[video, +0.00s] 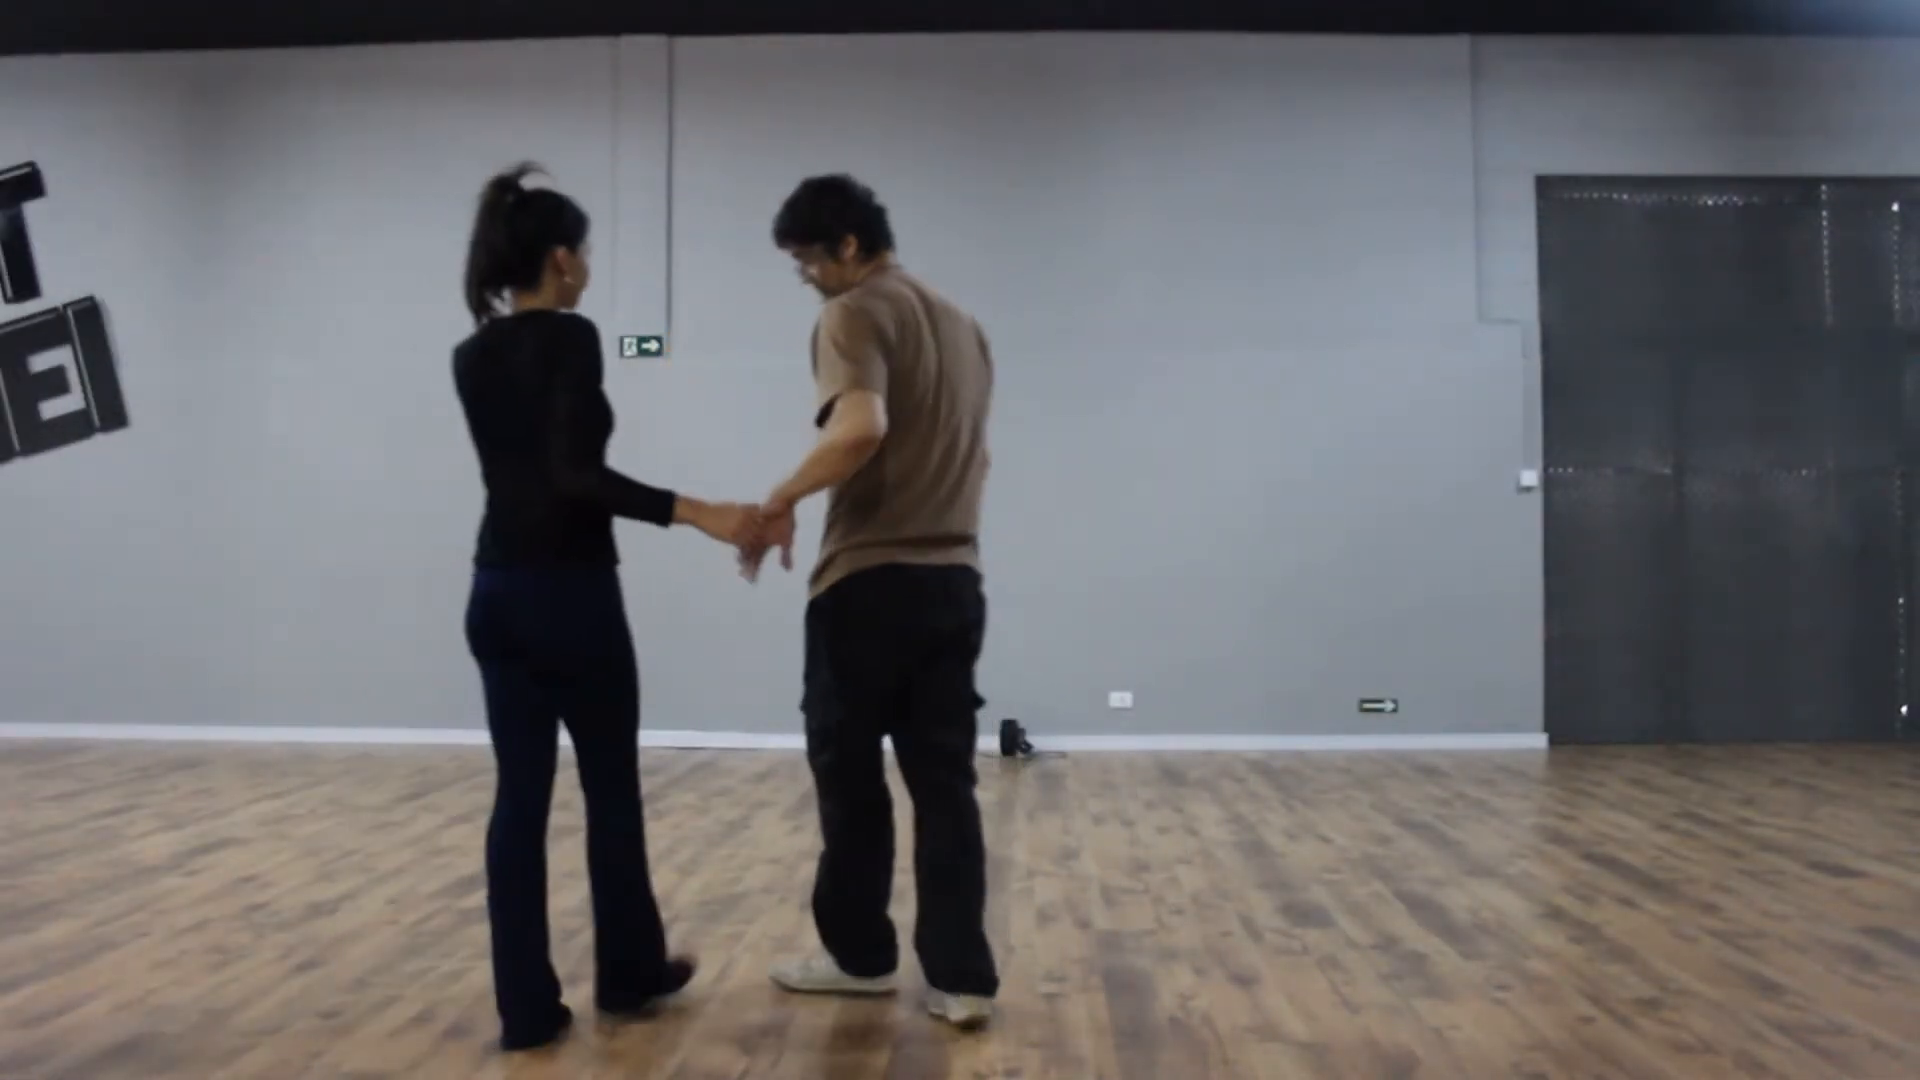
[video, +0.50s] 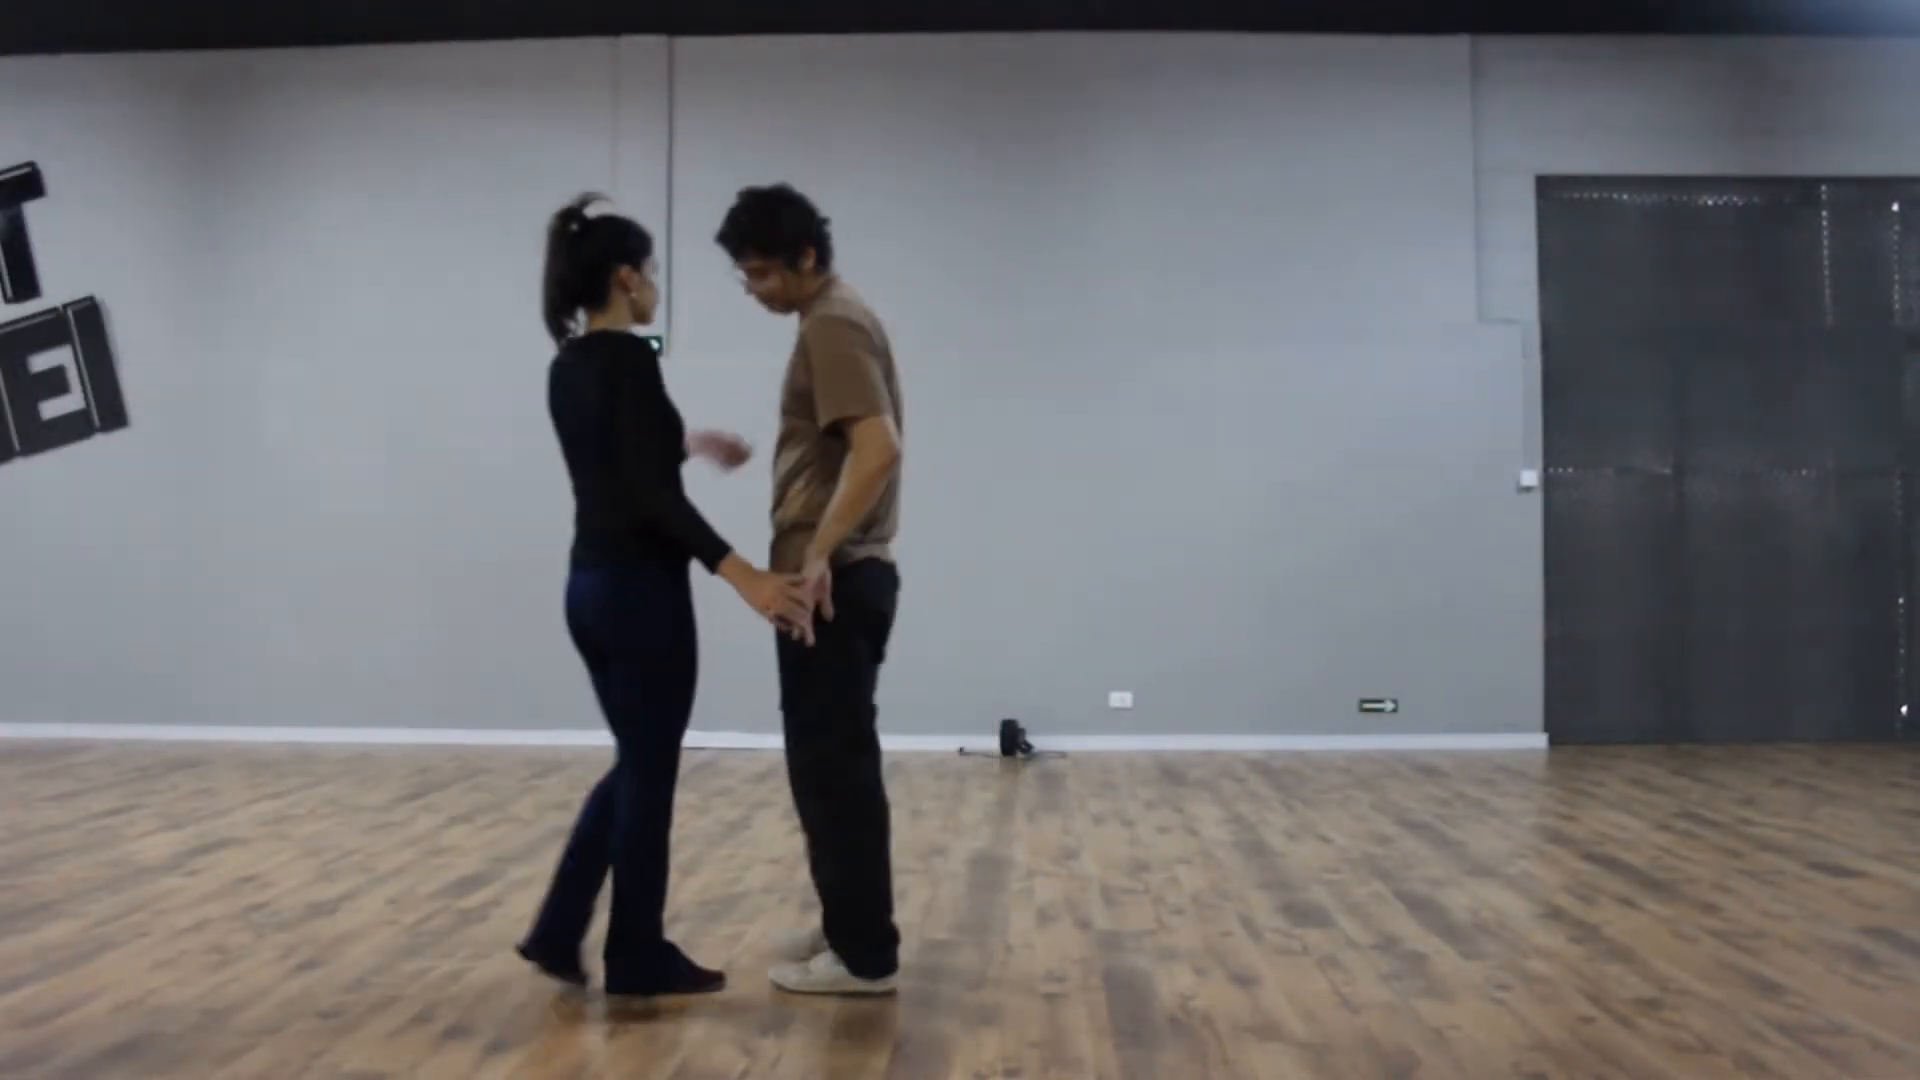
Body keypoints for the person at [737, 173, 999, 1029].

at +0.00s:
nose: (806, 281)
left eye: (808, 264)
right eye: (799, 267)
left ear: (848, 245)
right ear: (877, 245)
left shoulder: (852, 314)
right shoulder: (965, 327)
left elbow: (859, 427)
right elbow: (966, 450)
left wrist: (780, 499)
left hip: (864, 588)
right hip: (952, 587)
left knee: (847, 774)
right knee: (946, 779)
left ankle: (858, 954)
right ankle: (961, 979)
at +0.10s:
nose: (791, 279)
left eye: (796, 262)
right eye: (784, 264)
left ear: (836, 245)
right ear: (858, 247)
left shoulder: (841, 316)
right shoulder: (946, 324)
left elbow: (859, 432)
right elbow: (946, 451)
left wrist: (785, 510)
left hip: (853, 587)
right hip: (937, 583)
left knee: (841, 772)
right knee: (930, 768)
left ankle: (858, 954)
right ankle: (959, 957)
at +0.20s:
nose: (781, 281)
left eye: (786, 263)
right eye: (773, 265)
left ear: (825, 246)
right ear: (844, 249)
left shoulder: (834, 317)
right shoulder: (927, 321)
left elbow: (857, 436)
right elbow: (925, 444)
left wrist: (792, 528)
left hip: (848, 585)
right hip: (921, 581)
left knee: (838, 771)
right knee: (907, 756)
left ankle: (858, 958)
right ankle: (952, 925)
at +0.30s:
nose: (764, 283)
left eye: (769, 266)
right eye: (757, 268)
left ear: (811, 253)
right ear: (826, 254)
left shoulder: (832, 322)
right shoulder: (891, 316)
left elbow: (863, 441)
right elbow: (897, 444)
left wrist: (803, 542)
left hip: (845, 579)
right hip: (893, 575)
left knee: (831, 762)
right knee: (867, 746)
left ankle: (860, 957)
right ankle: (940, 913)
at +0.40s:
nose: (756, 284)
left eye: (761, 268)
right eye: (750, 269)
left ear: (805, 255)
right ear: (815, 255)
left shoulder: (833, 323)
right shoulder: (865, 313)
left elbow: (870, 445)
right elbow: (883, 448)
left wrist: (808, 544)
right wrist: (826, 540)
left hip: (840, 577)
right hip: (874, 573)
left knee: (826, 761)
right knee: (850, 749)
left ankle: (860, 953)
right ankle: (911, 919)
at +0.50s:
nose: (750, 289)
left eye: (757, 273)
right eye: (745, 275)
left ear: (803, 259)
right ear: (797, 261)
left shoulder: (836, 327)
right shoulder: (831, 320)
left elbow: (876, 446)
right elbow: (860, 447)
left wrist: (818, 551)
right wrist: (805, 547)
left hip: (838, 579)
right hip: (832, 577)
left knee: (832, 764)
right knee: (829, 760)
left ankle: (864, 952)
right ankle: (848, 925)